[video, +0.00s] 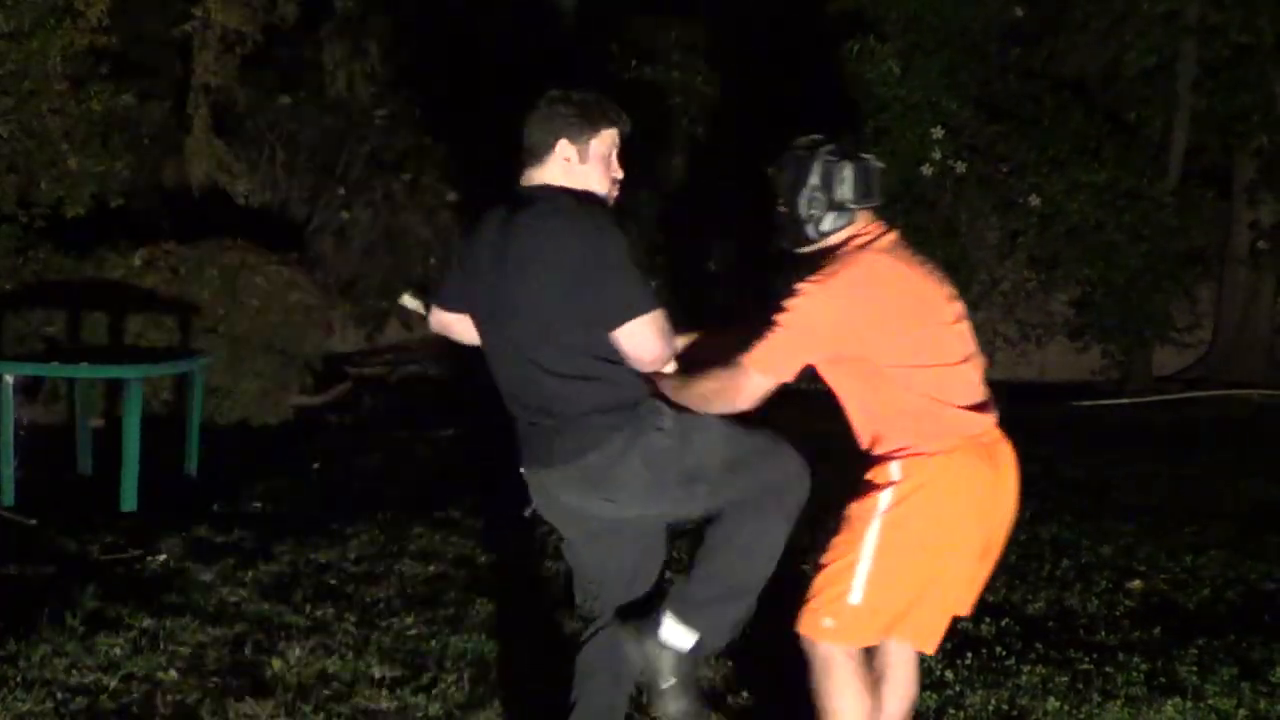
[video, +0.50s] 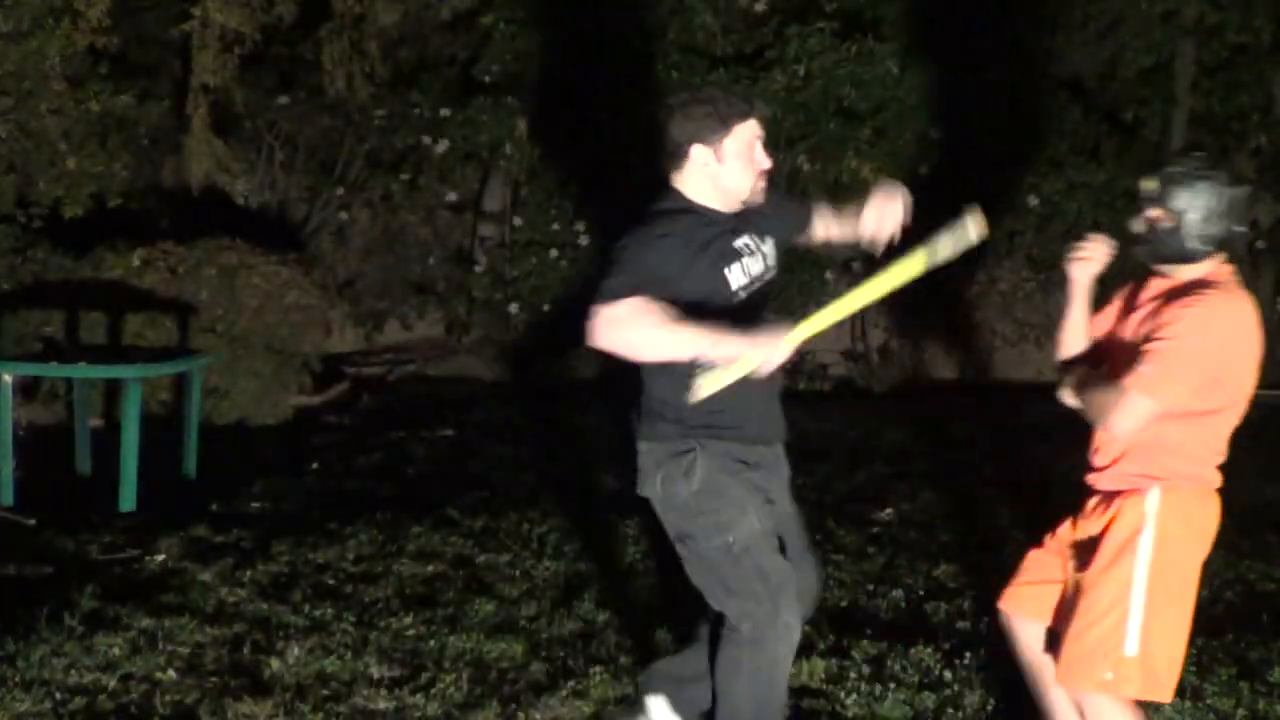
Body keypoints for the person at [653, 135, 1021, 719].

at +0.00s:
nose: (781, 214)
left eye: (788, 202)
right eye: (785, 200)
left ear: (808, 210)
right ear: (861, 203)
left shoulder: (830, 293)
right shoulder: (904, 264)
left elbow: (739, 389)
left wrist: (667, 385)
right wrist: (699, 350)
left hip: (920, 474)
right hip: (986, 464)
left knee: (829, 633)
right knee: (901, 639)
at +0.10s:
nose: (849, 219)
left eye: (854, 206)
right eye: (854, 205)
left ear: (865, 213)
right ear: (926, 203)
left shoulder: (887, 294)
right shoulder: (961, 265)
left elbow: (807, 395)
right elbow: (844, 345)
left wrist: (721, 400)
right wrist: (758, 340)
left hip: (963, 494)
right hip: (1018, 485)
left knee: (890, 657)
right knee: (917, 660)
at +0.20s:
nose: (937, 221)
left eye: (944, 210)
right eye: (940, 209)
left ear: (948, 216)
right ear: (1002, 212)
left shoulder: (956, 294)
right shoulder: (1038, 279)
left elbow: (882, 406)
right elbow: (963, 362)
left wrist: (819, 404)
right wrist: (860, 326)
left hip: (997, 505)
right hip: (1047, 495)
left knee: (975, 683)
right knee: (934, 666)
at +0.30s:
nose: (1013, 234)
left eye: (1016, 223)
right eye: (1016, 222)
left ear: (1016, 229)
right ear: (1077, 224)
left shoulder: (1040, 305)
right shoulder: (1101, 294)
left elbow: (957, 420)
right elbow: (1028, 373)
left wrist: (914, 405)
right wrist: (953, 320)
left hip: (1056, 515)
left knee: (1042, 692)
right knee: (967, 655)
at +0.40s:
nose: (1065, 236)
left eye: (1073, 225)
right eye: (1066, 223)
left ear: (1099, 233)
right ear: (1133, 229)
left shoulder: (1125, 312)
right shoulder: (1138, 303)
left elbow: (1039, 426)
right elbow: (1033, 383)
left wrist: (1003, 407)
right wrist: (1010, 302)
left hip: (1116, 514)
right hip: (1080, 510)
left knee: (1073, 693)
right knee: (992, 628)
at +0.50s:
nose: (1141, 219)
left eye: (1157, 210)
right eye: (1145, 206)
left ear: (1194, 227)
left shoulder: (1215, 311)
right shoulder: (1148, 289)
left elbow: (1120, 416)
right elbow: (1071, 364)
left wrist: (1080, 390)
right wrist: (1080, 285)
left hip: (1163, 508)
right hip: (1108, 502)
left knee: (1096, 685)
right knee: (1023, 616)